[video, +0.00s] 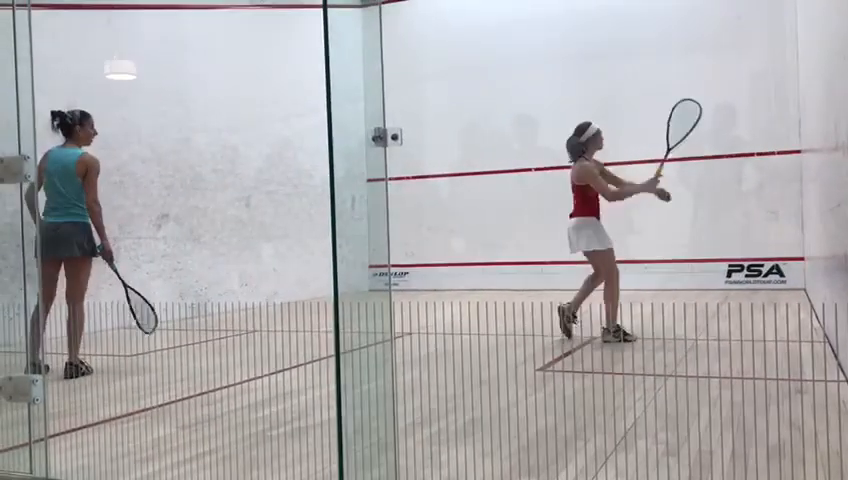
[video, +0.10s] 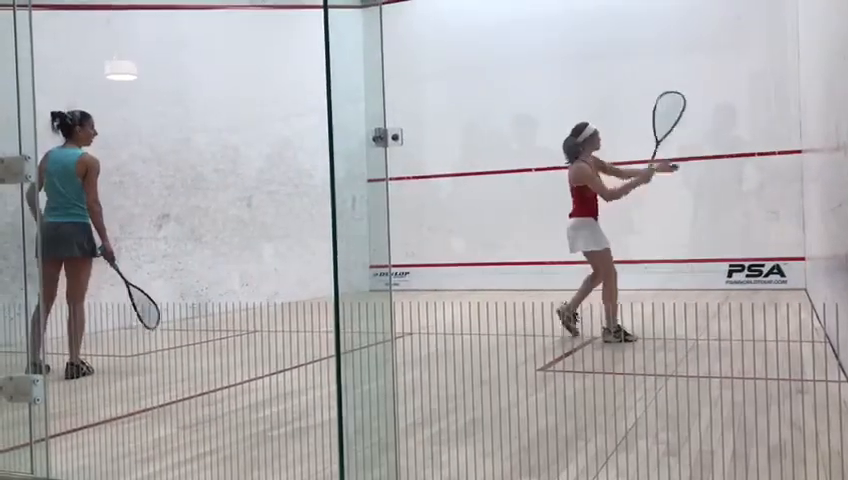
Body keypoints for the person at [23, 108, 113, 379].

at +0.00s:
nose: (95, 132)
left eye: (94, 127)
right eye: (91, 127)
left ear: (73, 130)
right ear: (78, 129)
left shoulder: (48, 157)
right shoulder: (89, 161)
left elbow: (30, 194)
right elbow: (92, 205)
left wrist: (38, 223)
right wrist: (104, 242)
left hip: (48, 231)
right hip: (78, 231)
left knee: (44, 298)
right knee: (75, 300)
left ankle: (34, 359)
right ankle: (73, 361)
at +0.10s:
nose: (95, 132)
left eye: (94, 127)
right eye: (91, 128)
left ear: (73, 130)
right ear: (78, 129)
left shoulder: (49, 157)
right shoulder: (89, 161)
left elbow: (30, 193)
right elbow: (93, 205)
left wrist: (40, 222)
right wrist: (105, 242)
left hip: (49, 230)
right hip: (78, 231)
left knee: (45, 298)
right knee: (76, 301)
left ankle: (35, 359)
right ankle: (74, 362)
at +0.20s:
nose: (95, 133)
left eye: (94, 128)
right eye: (91, 128)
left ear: (72, 130)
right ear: (78, 130)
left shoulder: (49, 157)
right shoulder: (89, 161)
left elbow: (30, 195)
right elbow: (94, 205)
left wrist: (42, 221)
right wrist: (106, 242)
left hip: (48, 231)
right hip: (77, 232)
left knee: (44, 299)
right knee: (76, 301)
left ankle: (36, 360)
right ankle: (75, 362)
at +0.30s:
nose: (95, 132)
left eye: (93, 127)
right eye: (91, 128)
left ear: (71, 131)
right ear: (77, 130)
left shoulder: (48, 158)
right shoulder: (89, 162)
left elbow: (31, 195)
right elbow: (95, 206)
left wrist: (40, 223)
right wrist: (108, 242)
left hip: (46, 232)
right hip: (76, 233)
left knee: (42, 298)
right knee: (76, 300)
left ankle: (32, 358)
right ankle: (76, 362)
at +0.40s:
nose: (91, 132)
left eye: (89, 127)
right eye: (87, 127)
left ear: (69, 131)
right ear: (75, 130)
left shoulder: (45, 157)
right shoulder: (86, 163)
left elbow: (34, 193)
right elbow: (94, 207)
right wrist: (109, 241)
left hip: (45, 232)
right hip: (74, 234)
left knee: (36, 297)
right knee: (76, 300)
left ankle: (19, 357)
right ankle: (76, 362)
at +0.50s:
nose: (84, 133)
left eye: (83, 128)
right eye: (80, 128)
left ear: (61, 132)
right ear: (68, 131)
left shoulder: (39, 158)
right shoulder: (81, 164)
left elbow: (22, 197)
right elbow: (92, 207)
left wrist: (27, 224)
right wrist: (106, 240)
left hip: (42, 233)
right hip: (71, 234)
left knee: (31, 296)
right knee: (74, 301)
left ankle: (8, 359)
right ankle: (77, 363)